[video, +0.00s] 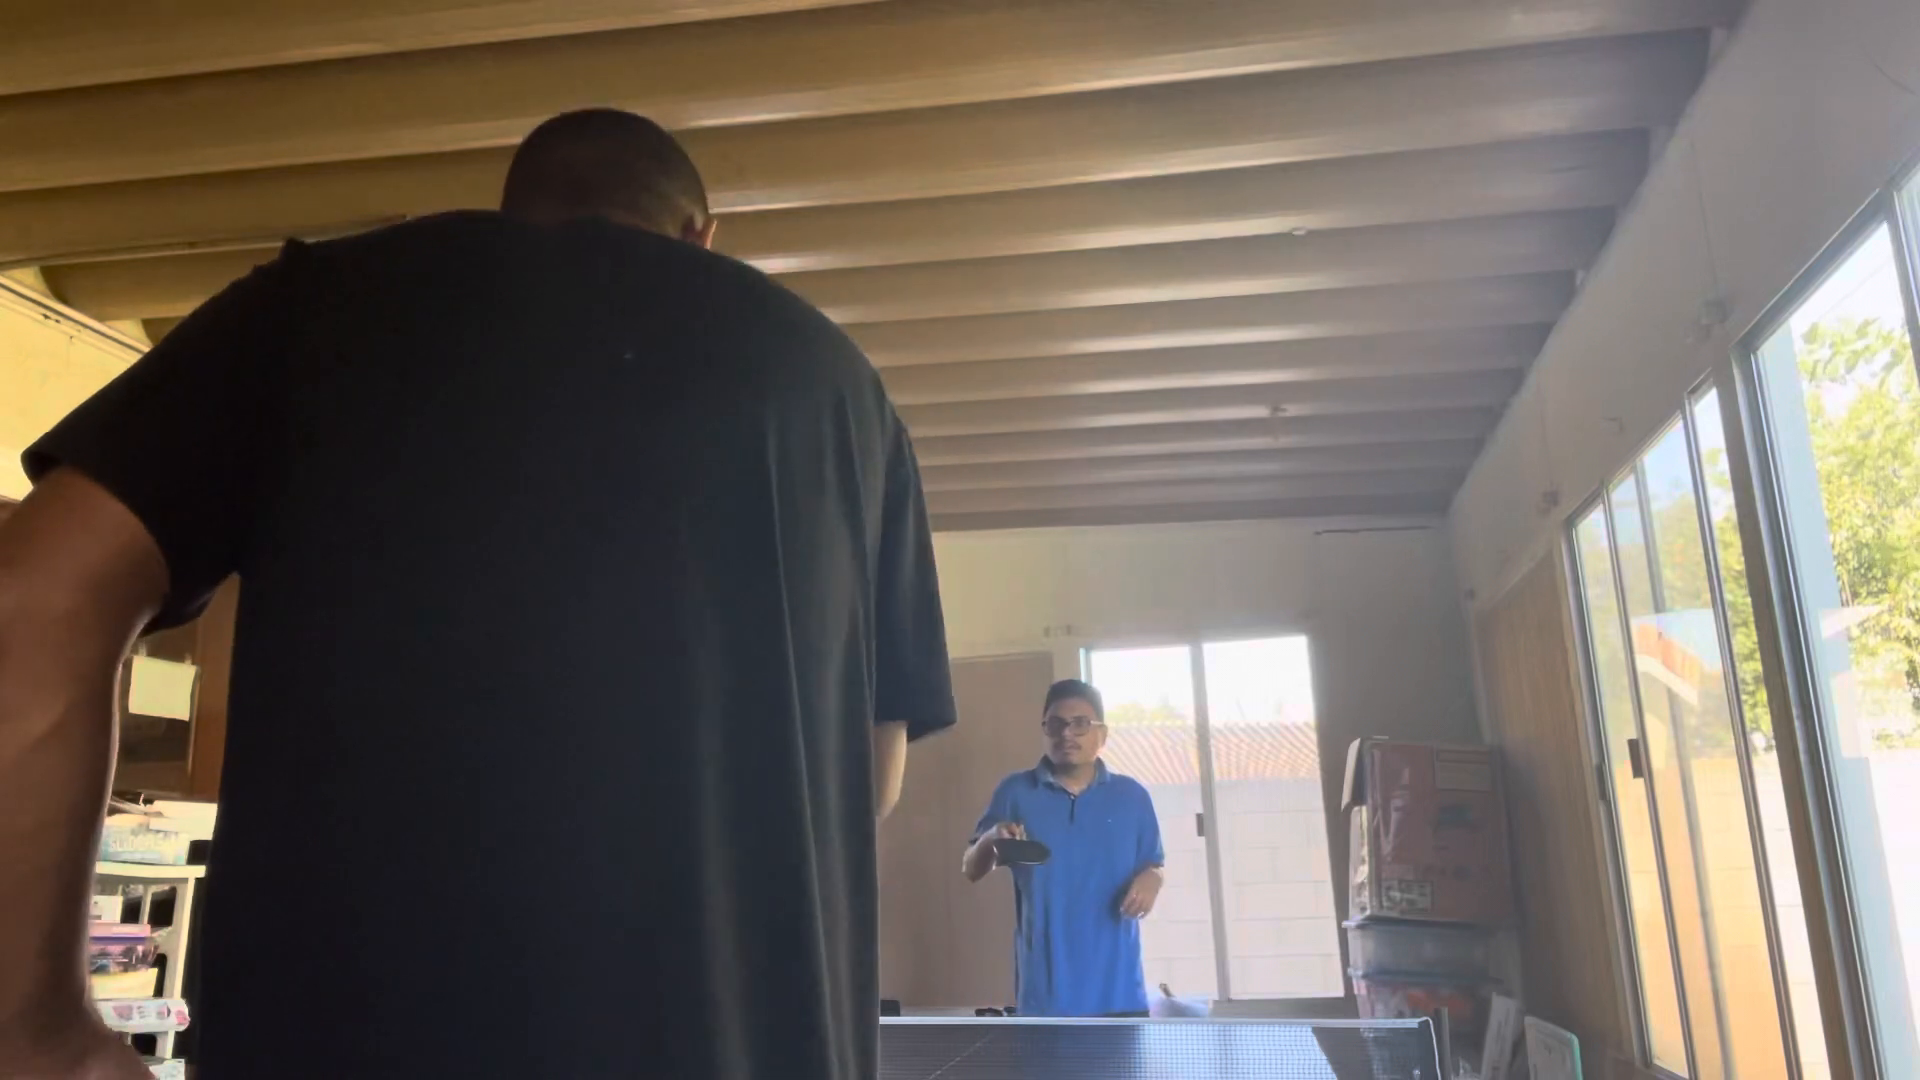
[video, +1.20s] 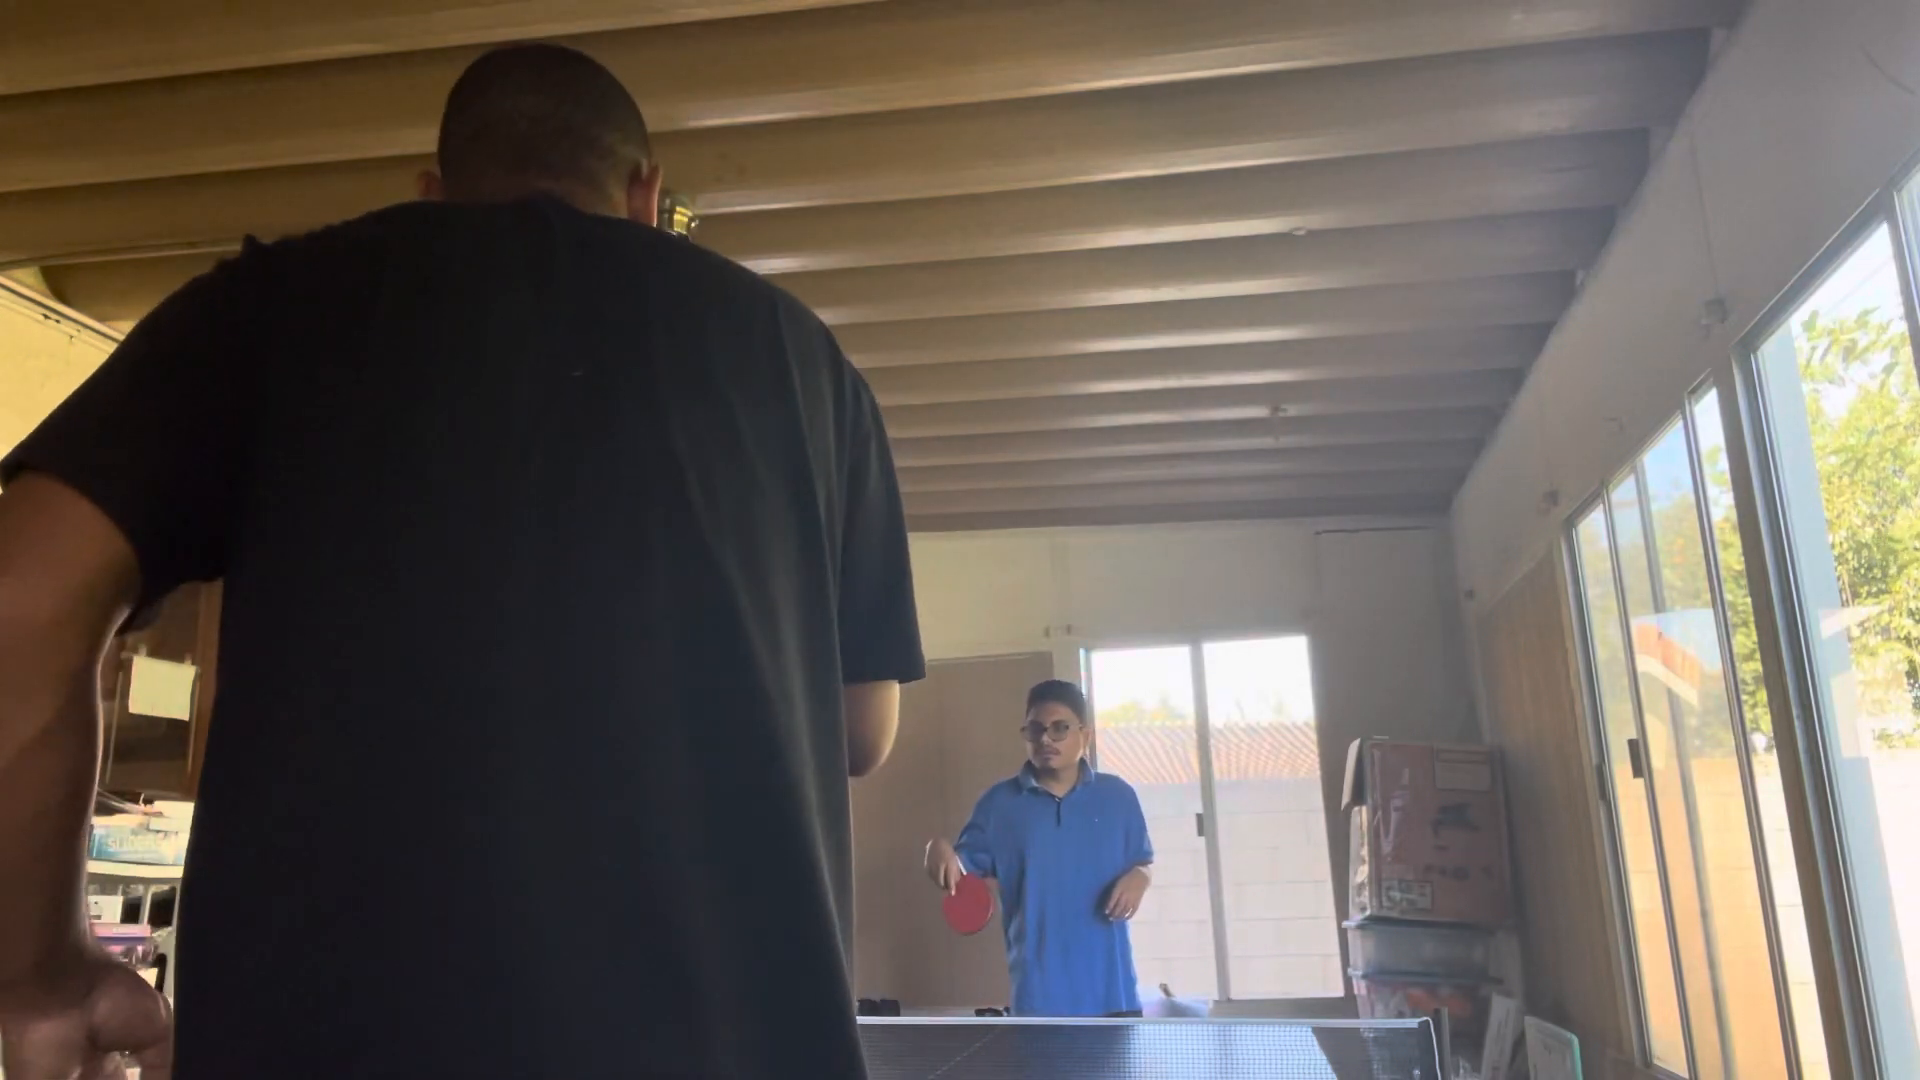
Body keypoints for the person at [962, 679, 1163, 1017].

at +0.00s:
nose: (1067, 733)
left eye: (1080, 723)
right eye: (1057, 723)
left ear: (1102, 734)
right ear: (1044, 731)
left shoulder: (1131, 796)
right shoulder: (1016, 792)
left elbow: (1153, 865)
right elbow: (972, 871)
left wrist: (1151, 878)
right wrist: (991, 841)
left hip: (1117, 987)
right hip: (1044, 989)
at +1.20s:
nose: (1046, 739)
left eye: (1059, 728)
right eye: (1036, 729)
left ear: (1085, 736)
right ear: (1024, 735)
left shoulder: (1116, 796)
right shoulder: (1001, 803)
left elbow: (1141, 863)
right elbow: (966, 871)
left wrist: (1138, 877)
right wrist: (940, 848)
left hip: (1110, 989)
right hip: (1037, 994)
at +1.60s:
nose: (1042, 740)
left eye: (1055, 729)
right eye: (1033, 730)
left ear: (1082, 736)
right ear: (1022, 736)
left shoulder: (1116, 795)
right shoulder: (999, 804)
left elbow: (1143, 862)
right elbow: (964, 869)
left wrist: (1136, 878)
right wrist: (934, 852)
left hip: (1108, 988)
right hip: (1036, 993)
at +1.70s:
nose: (1042, 741)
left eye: (1055, 730)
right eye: (1033, 730)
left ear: (1082, 736)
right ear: (1022, 736)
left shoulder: (1116, 795)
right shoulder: (999, 804)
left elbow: (1143, 863)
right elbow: (963, 870)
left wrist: (1136, 878)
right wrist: (933, 851)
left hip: (1109, 988)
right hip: (1036, 993)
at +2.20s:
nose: (1043, 743)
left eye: (1057, 731)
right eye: (1034, 732)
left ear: (1084, 736)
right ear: (1024, 736)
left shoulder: (1117, 795)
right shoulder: (1003, 803)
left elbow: (1143, 863)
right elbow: (968, 875)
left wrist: (1137, 878)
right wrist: (939, 874)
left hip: (1109, 988)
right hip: (1037, 992)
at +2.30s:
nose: (1043, 744)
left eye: (1056, 732)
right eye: (1033, 733)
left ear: (1083, 736)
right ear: (1022, 737)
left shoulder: (1116, 795)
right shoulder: (1002, 804)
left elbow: (1143, 863)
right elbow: (968, 879)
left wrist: (1136, 878)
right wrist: (939, 880)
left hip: (1109, 988)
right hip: (1037, 992)